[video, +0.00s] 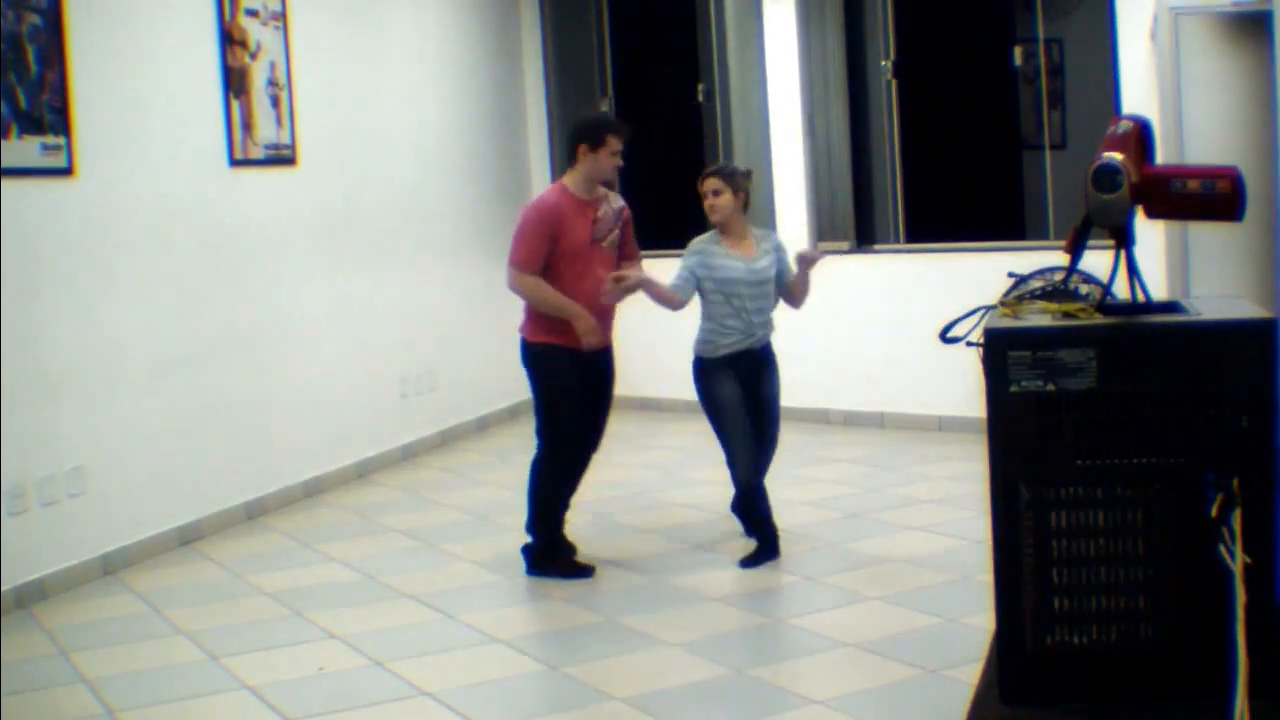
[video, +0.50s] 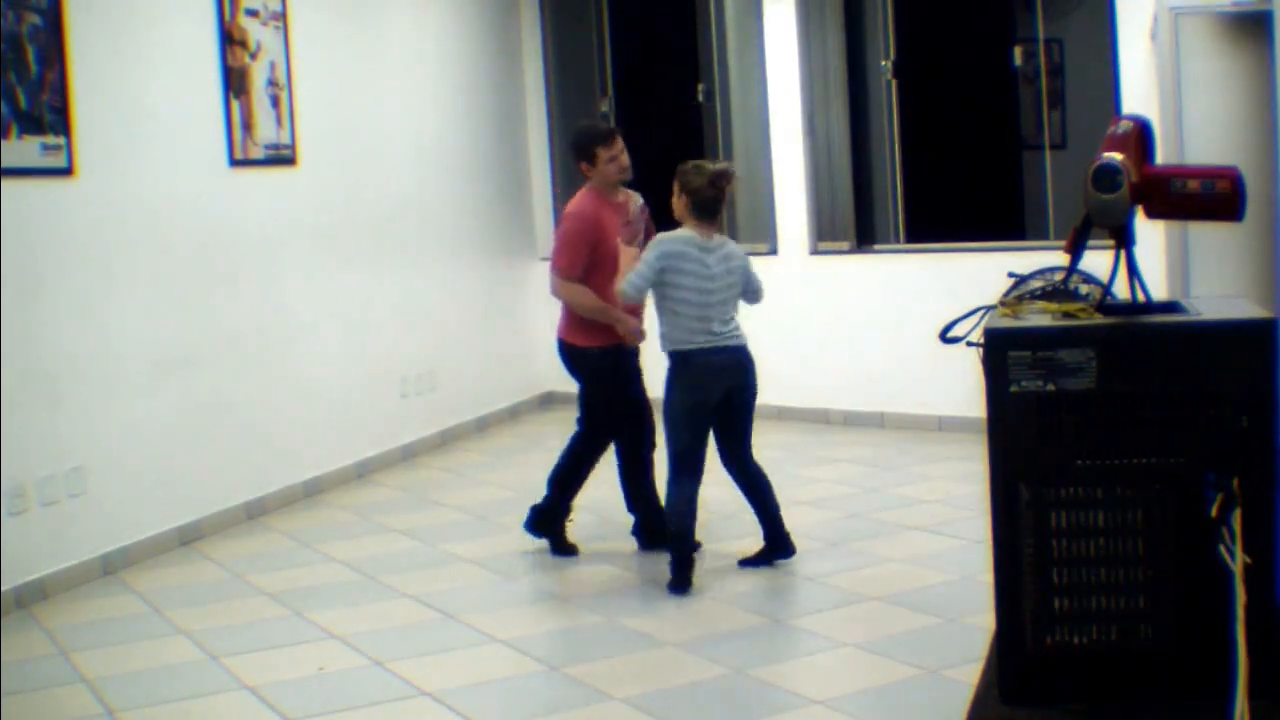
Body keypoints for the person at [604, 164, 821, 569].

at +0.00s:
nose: (708, 203)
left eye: (716, 194)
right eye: (704, 197)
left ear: (740, 197)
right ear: (704, 203)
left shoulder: (770, 245)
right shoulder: (700, 250)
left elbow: (794, 299)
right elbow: (675, 300)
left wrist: (804, 269)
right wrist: (643, 281)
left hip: (758, 356)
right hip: (714, 360)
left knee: (765, 440)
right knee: (741, 451)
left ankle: (744, 501)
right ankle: (767, 540)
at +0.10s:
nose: (701, 205)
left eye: (708, 196)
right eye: (698, 198)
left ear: (733, 199)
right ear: (705, 205)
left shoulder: (767, 250)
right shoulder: (697, 254)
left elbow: (785, 311)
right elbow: (669, 306)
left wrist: (770, 277)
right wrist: (633, 285)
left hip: (754, 362)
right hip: (706, 367)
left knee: (779, 454)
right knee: (736, 460)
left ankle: (762, 502)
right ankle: (765, 541)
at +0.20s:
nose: (693, 207)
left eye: (698, 199)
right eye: (695, 199)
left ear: (718, 202)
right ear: (714, 203)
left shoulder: (756, 251)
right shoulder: (700, 256)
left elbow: (757, 310)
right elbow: (677, 308)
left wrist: (716, 278)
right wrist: (639, 281)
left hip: (746, 365)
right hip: (703, 368)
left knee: (747, 458)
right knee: (729, 463)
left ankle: (786, 509)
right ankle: (764, 540)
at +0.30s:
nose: (689, 203)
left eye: (694, 196)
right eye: (691, 195)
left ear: (709, 201)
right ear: (715, 201)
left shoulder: (732, 248)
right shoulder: (711, 249)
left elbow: (722, 306)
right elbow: (698, 301)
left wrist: (672, 274)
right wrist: (663, 273)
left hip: (734, 363)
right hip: (713, 365)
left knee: (713, 455)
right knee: (732, 456)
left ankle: (769, 541)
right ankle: (768, 541)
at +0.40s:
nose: (681, 199)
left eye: (684, 193)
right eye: (683, 192)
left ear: (694, 198)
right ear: (725, 201)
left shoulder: (696, 248)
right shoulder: (732, 246)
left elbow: (669, 303)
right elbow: (701, 276)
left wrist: (642, 272)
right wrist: (663, 262)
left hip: (712, 363)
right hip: (742, 358)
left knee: (697, 465)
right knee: (736, 455)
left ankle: (716, 559)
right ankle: (778, 538)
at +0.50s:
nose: (672, 200)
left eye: (674, 194)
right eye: (674, 194)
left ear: (681, 200)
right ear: (721, 202)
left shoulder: (664, 247)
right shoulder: (732, 252)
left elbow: (630, 293)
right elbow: (754, 293)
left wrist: (627, 260)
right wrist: (715, 274)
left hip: (690, 370)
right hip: (736, 364)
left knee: (684, 470)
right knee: (738, 457)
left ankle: (681, 569)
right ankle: (778, 539)